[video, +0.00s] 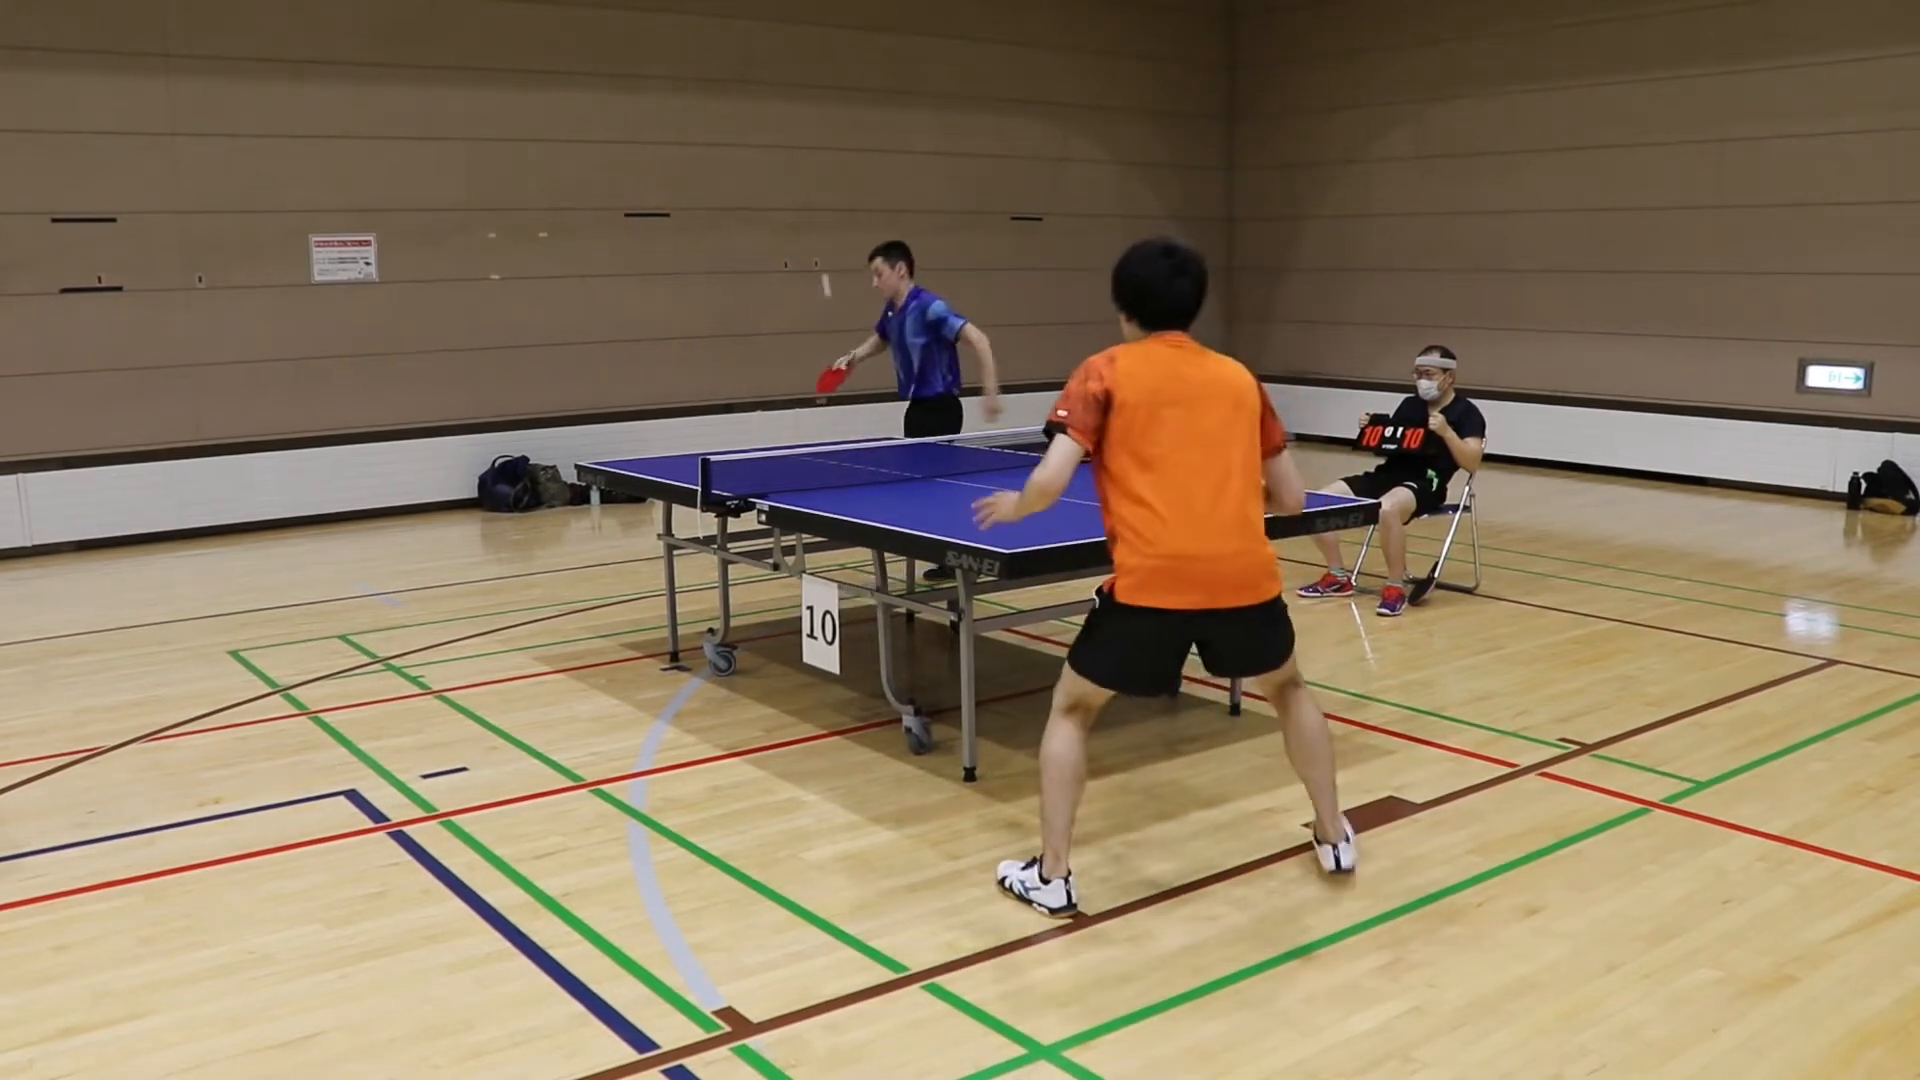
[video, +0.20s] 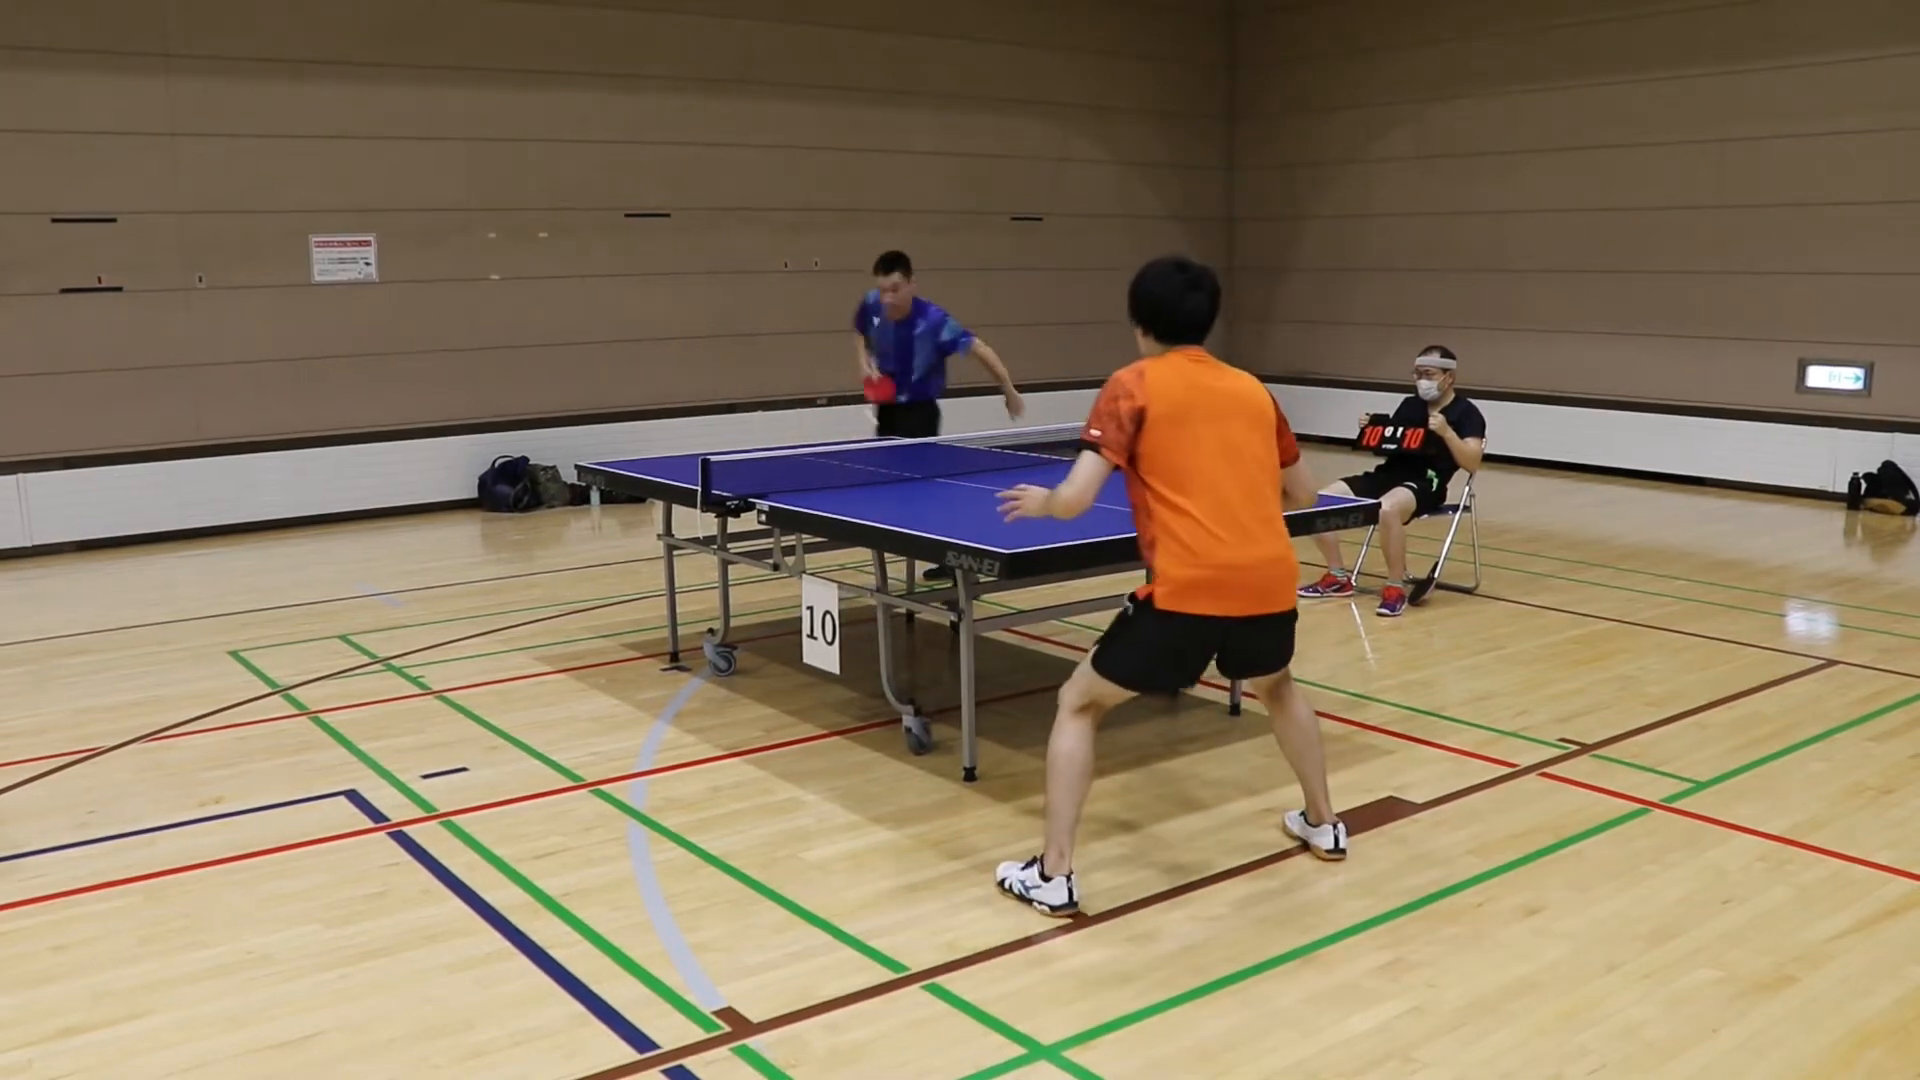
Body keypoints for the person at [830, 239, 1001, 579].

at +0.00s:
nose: (874, 283)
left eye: (878, 274)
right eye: (872, 275)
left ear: (901, 270)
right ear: (894, 273)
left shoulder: (928, 307)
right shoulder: (893, 309)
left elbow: (979, 339)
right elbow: (878, 341)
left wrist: (990, 393)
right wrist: (852, 357)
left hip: (940, 410)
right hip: (918, 410)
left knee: (934, 485)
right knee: (925, 486)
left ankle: (955, 559)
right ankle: (947, 558)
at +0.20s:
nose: (887, 298)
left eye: (895, 290)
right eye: (883, 290)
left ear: (911, 285)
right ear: (876, 287)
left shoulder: (932, 320)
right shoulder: (872, 306)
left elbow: (980, 349)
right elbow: (861, 332)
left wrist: (1010, 390)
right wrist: (865, 363)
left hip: (920, 412)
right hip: (887, 411)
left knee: (922, 485)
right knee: (897, 485)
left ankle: (949, 561)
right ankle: (945, 557)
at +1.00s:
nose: (797, 327)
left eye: (803, 319)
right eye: (790, 320)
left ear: (810, 319)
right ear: (777, 320)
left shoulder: (829, 354)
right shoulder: (760, 359)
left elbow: (871, 375)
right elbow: (726, 403)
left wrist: (889, 415)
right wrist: (761, 412)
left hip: (826, 453)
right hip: (777, 456)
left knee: (864, 500)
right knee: (736, 502)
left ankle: (897, 559)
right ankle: (721, 569)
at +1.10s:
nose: (802, 339)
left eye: (808, 331)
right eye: (795, 332)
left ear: (814, 331)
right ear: (780, 333)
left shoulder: (830, 361)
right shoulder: (766, 370)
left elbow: (866, 382)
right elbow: (751, 419)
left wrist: (888, 414)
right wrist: (784, 406)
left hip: (824, 459)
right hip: (775, 462)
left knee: (876, 487)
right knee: (739, 503)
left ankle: (897, 553)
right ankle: (720, 571)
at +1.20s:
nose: (806, 327)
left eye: (811, 319)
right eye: (799, 319)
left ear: (817, 320)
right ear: (784, 320)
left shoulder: (831, 349)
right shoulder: (772, 362)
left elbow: (858, 371)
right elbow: (761, 410)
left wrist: (882, 395)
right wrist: (777, 394)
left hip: (825, 443)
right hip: (780, 446)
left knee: (872, 483)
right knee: (746, 504)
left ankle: (897, 553)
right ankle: (721, 570)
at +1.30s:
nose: (805, 303)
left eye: (811, 295)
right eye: (798, 296)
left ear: (817, 298)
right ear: (784, 298)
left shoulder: (830, 330)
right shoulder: (771, 341)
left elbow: (847, 353)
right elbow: (758, 395)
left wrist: (873, 380)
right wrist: (765, 374)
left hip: (824, 426)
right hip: (781, 429)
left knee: (867, 479)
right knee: (744, 494)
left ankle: (894, 551)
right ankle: (720, 565)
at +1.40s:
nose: (800, 292)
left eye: (805, 285)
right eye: (792, 285)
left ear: (812, 287)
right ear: (778, 288)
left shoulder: (826, 321)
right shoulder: (764, 332)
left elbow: (843, 346)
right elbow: (750, 389)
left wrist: (865, 377)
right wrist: (756, 368)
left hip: (822, 421)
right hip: (778, 425)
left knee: (866, 476)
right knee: (737, 490)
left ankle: (891, 548)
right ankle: (713, 559)